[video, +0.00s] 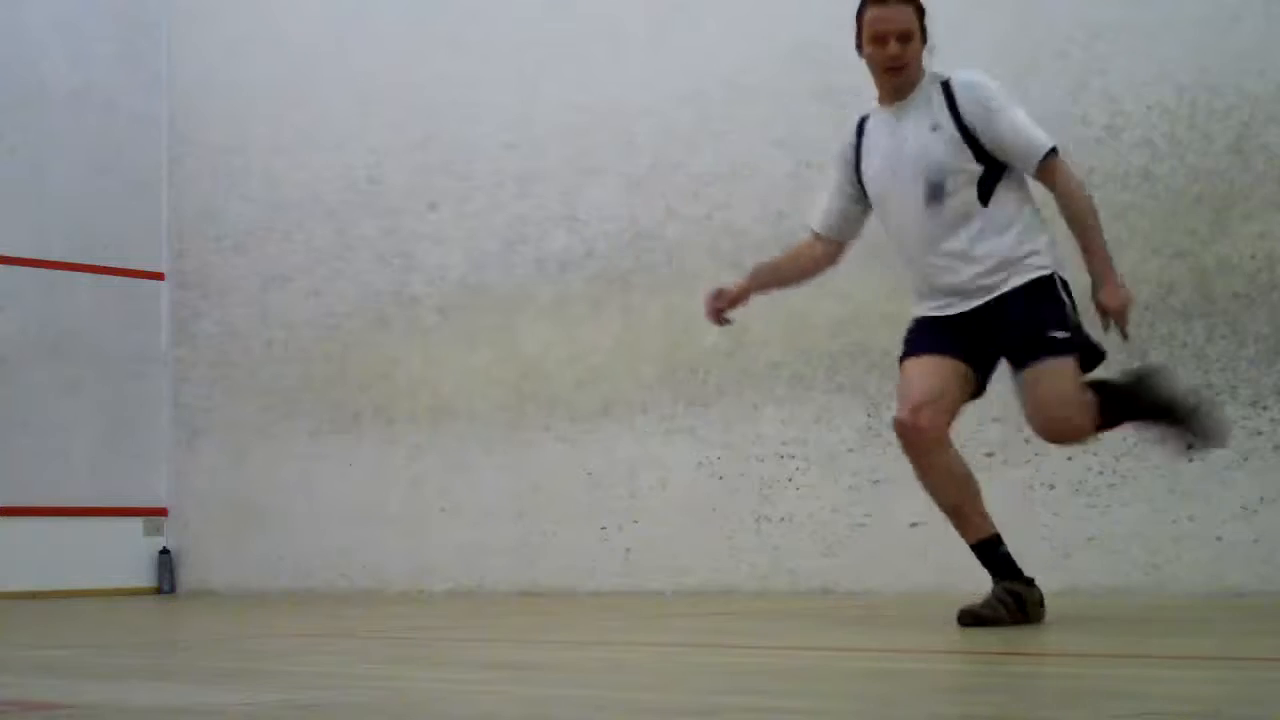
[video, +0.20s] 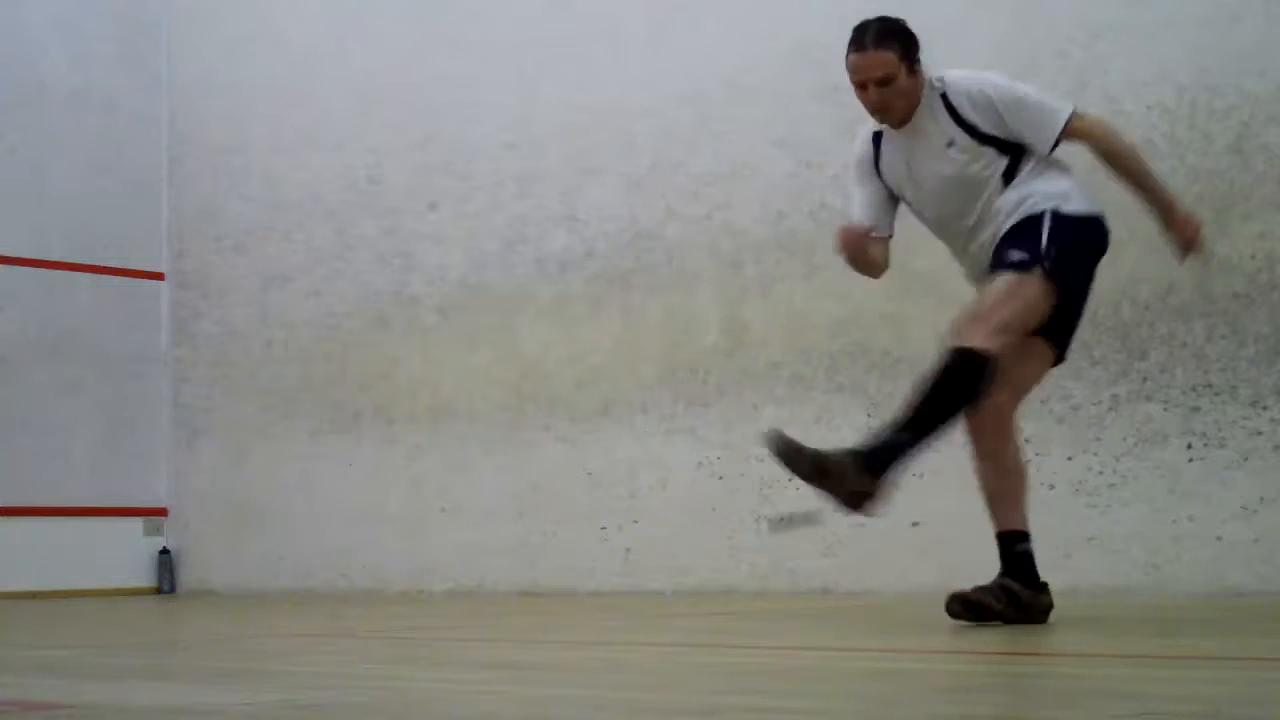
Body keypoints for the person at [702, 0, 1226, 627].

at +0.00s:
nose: (891, 52)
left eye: (903, 38)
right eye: (877, 40)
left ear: (924, 40)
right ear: (861, 47)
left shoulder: (967, 97)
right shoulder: (863, 140)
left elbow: (1060, 175)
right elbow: (824, 245)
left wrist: (1104, 277)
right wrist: (748, 284)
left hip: (1025, 286)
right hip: (945, 308)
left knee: (1058, 422)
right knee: (916, 423)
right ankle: (1011, 586)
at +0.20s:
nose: (872, 100)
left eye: (883, 84)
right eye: (860, 87)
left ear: (915, 71)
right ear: (850, 83)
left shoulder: (968, 95)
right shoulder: (875, 152)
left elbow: (1092, 132)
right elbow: (875, 262)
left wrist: (1170, 211)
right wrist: (856, 248)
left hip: (1054, 224)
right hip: (1011, 265)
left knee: (977, 336)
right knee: (989, 405)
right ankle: (1022, 581)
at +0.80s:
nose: (956, 91)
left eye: (957, 82)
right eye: (955, 82)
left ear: (974, 77)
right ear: (1021, 73)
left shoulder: (972, 112)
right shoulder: (1079, 114)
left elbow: (933, 189)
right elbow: (1091, 198)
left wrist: (875, 274)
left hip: (1012, 268)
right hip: (1095, 269)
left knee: (1005, 420)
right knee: (1092, 416)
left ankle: (1014, 580)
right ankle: (1111, 524)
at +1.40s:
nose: (1035, 7)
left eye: (1037, 1)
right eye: (1035, 1)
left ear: (1053, 1)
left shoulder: (1056, 33)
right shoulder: (1160, 47)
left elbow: (1070, 131)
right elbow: (1220, 143)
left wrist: (1053, 238)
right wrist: (1201, 242)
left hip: (1100, 247)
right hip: (1172, 249)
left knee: (1065, 401)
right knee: (1180, 410)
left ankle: (1140, 557)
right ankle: (1192, 576)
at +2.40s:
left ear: (1068, 71)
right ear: (1131, 85)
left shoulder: (1028, 85)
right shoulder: (1158, 114)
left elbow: (972, 174)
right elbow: (1184, 239)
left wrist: (1000, 255)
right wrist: (1191, 351)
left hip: (1029, 244)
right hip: (1114, 253)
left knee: (1033, 411)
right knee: (1087, 417)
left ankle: (1049, 572)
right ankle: (1071, 577)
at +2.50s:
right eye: (1162, 70)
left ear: (1098, 54)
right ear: (1158, 63)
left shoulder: (1037, 76)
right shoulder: (1172, 88)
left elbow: (978, 171)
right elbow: (1202, 206)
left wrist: (1006, 253)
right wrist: (1224, 325)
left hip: (1022, 232)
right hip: (1110, 237)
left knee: (1043, 405)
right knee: (1103, 414)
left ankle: (1050, 578)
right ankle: (1090, 572)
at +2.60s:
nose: (1197, 56)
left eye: (1198, 48)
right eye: (1196, 46)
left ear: (1123, 28)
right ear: (1179, 32)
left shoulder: (1057, 59)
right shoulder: (1186, 59)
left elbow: (994, 164)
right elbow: (1213, 163)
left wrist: (1019, 258)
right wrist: (1246, 285)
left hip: (1024, 223)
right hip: (1107, 223)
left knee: (1054, 394)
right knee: (1141, 397)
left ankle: (1054, 580)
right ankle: (1140, 571)